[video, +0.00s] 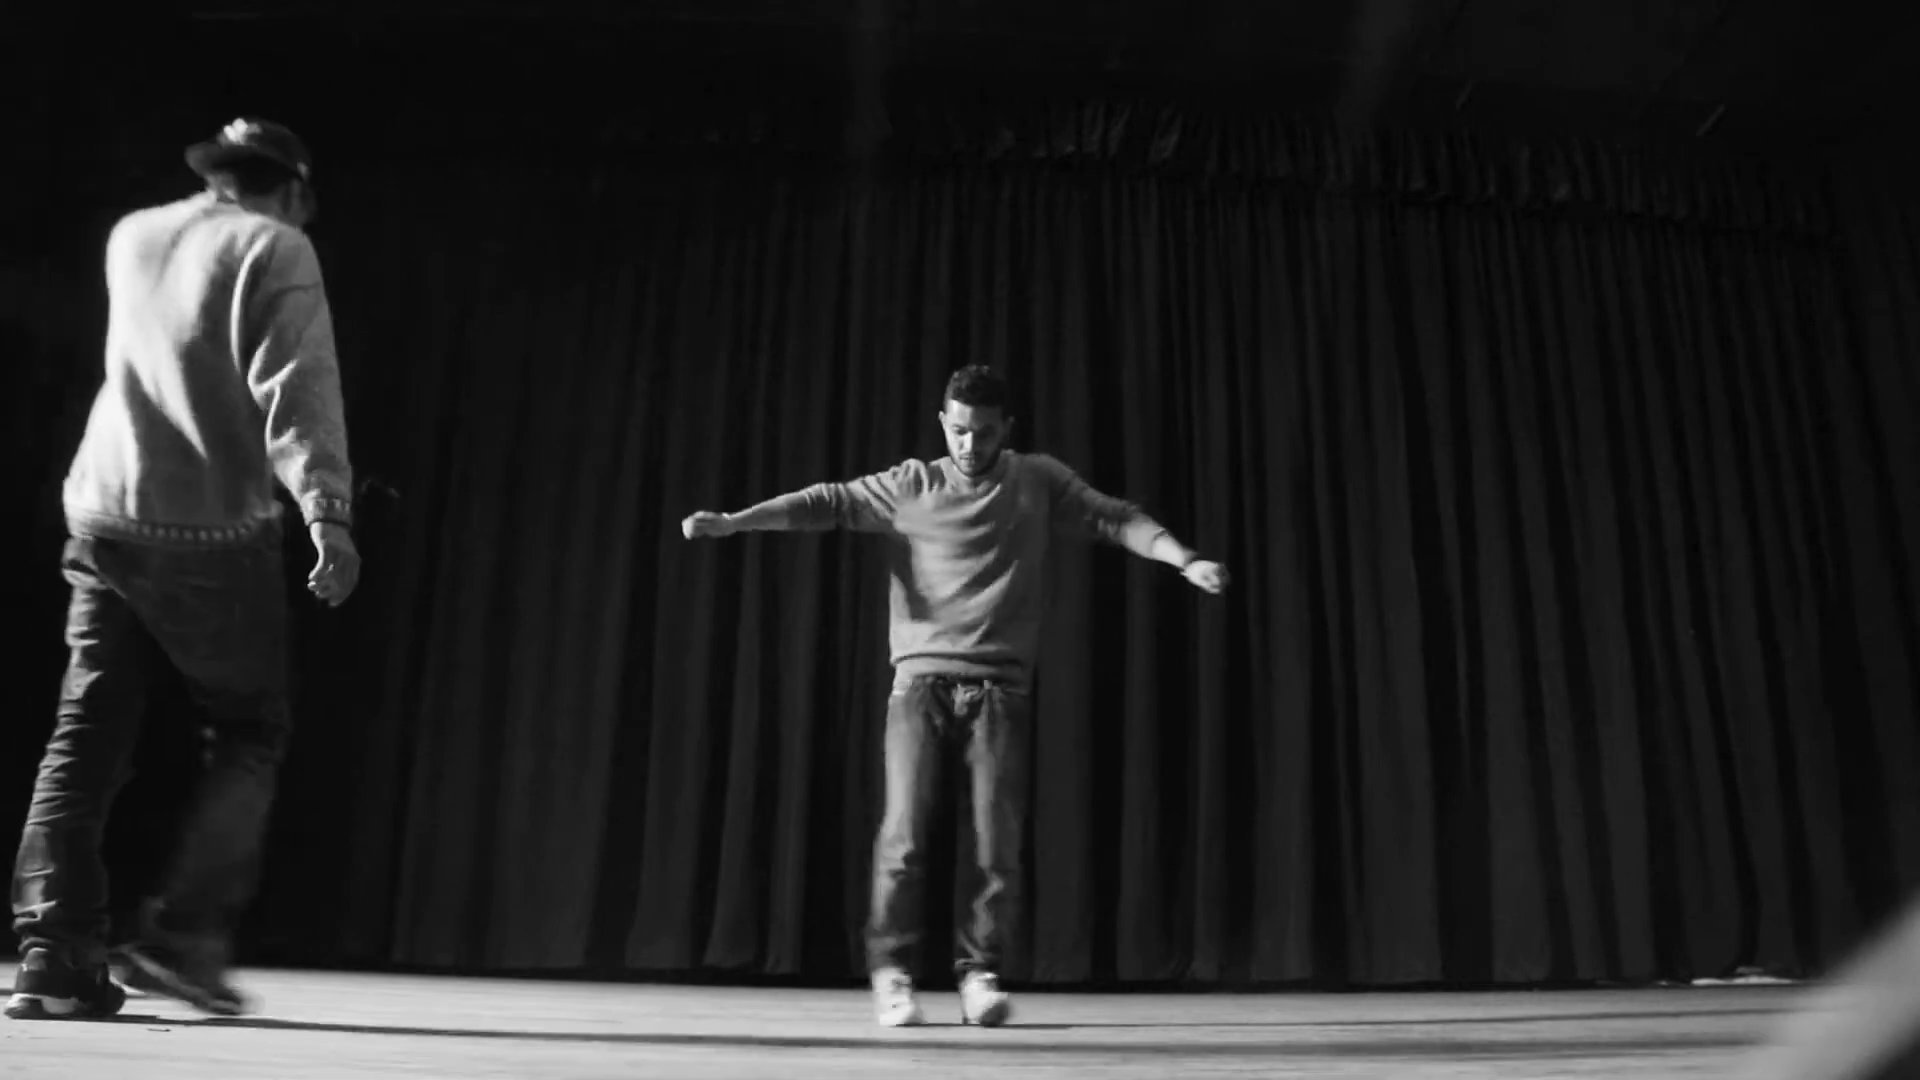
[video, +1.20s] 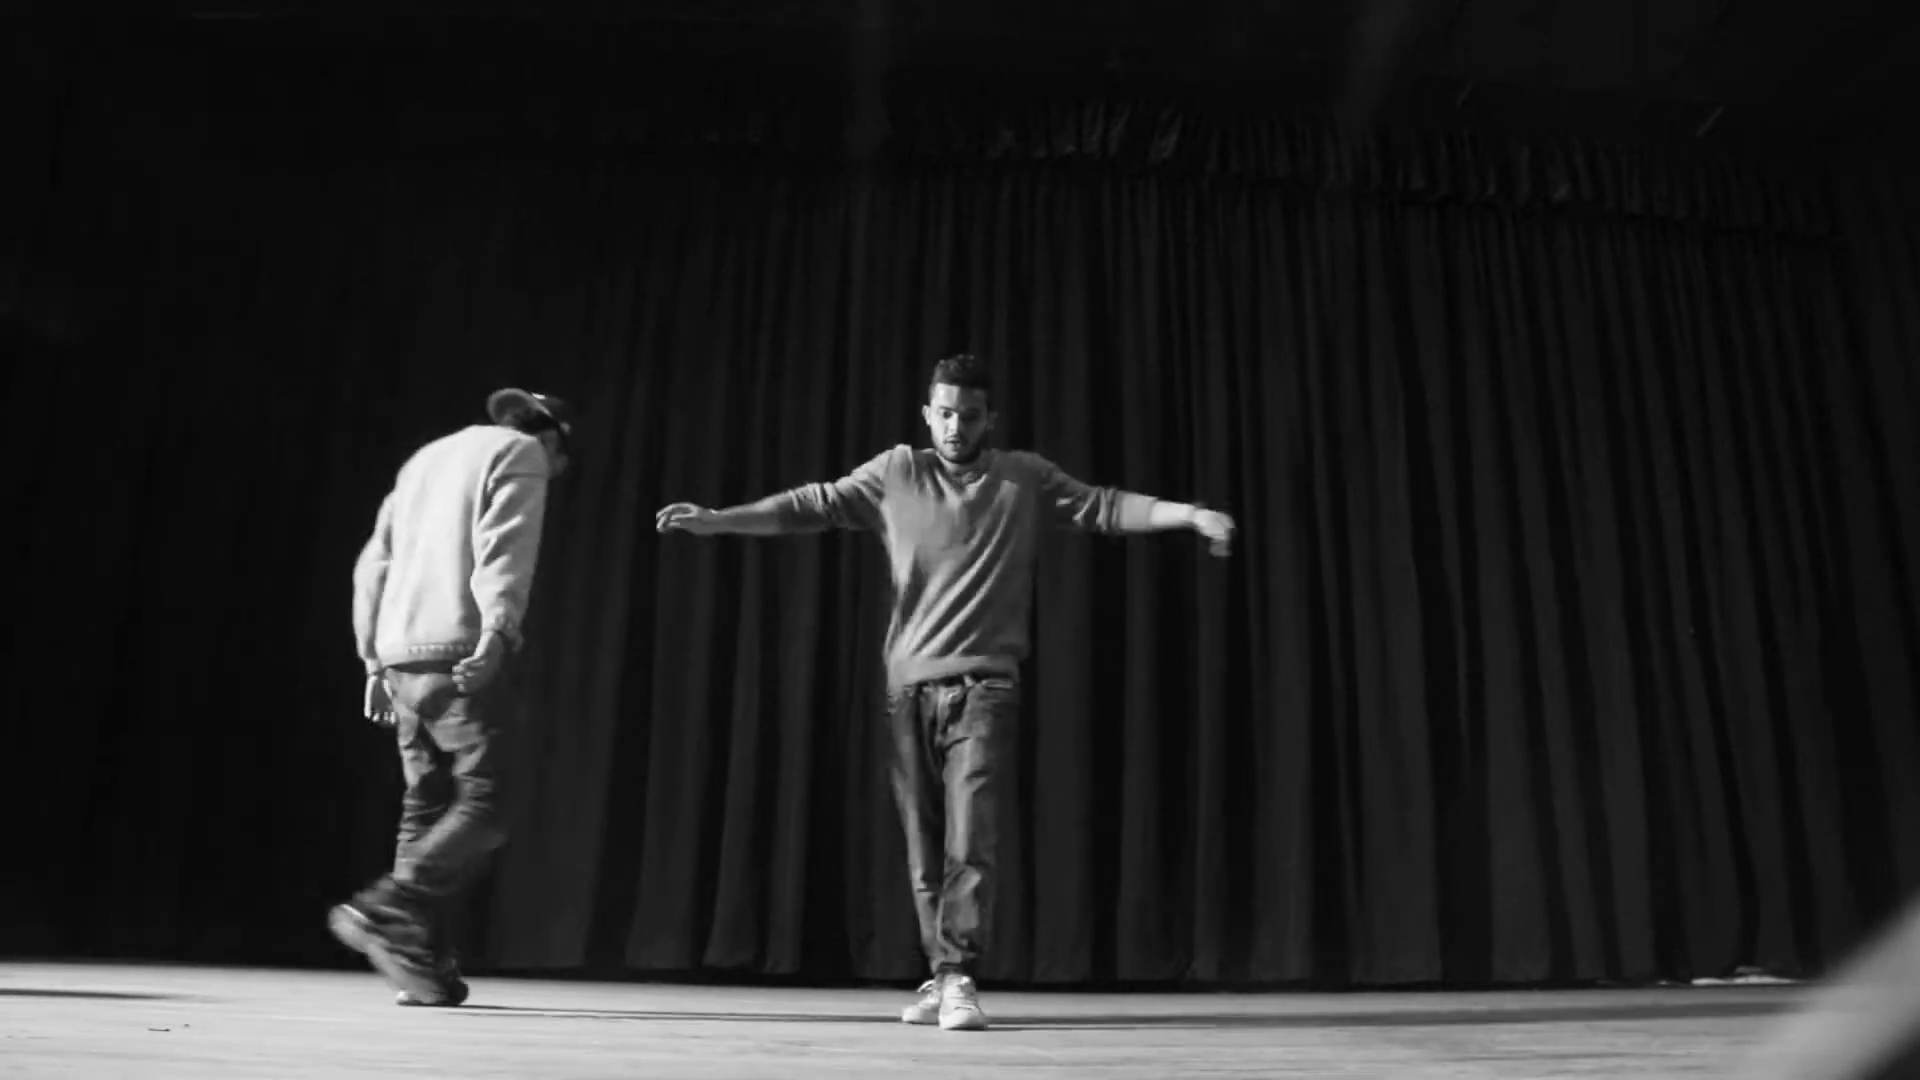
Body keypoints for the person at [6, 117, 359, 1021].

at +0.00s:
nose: (300, 213)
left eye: (301, 202)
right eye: (302, 201)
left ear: (212, 179)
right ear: (287, 191)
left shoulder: (132, 234)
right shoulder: (276, 246)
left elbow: (154, 348)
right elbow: (297, 385)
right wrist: (328, 512)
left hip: (101, 520)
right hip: (212, 535)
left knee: (84, 731)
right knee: (248, 732)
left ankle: (46, 954)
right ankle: (183, 939)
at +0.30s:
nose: (392, 286)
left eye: (393, 272)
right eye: (390, 271)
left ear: (307, 256)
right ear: (368, 263)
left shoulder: (230, 312)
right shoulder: (355, 327)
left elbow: (234, 434)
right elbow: (339, 458)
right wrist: (342, 579)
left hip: (197, 570)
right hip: (288, 585)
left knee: (162, 751)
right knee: (302, 782)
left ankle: (69, 927)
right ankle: (290, 964)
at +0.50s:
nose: (444, 316)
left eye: (446, 302)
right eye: (441, 300)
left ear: (365, 286)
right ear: (414, 292)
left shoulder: (287, 336)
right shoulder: (410, 362)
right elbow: (425, 507)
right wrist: (442, 623)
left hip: (268, 589)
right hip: (352, 599)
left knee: (265, 761)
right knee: (329, 784)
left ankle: (159, 892)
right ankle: (294, 962)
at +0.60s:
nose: (467, 335)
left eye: (468, 320)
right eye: (466, 319)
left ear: (389, 300)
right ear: (440, 304)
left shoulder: (305, 353)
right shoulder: (424, 368)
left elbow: (312, 463)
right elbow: (454, 502)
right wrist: (491, 617)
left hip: (291, 592)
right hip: (372, 599)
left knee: (302, 763)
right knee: (336, 783)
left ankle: (219, 924)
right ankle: (293, 963)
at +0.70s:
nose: (484, 363)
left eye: (487, 350)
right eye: (485, 348)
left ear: (420, 322)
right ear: (464, 333)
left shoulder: (332, 368)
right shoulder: (441, 382)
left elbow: (290, 450)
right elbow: (472, 510)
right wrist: (524, 593)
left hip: (307, 602)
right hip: (382, 604)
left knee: (348, 775)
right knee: (341, 784)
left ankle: (312, 958)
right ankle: (288, 962)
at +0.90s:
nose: (514, 423)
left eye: (520, 415)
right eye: (517, 411)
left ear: (458, 375)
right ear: (503, 390)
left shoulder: (367, 416)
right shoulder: (475, 416)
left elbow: (301, 516)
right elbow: (499, 534)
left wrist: (359, 572)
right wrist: (548, 623)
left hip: (342, 621)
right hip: (413, 620)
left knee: (385, 798)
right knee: (363, 796)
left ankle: (417, 960)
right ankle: (293, 954)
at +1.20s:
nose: (550, 472)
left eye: (555, 465)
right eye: (552, 459)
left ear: (499, 420)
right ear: (541, 436)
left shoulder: (422, 460)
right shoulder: (520, 448)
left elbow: (372, 563)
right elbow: (503, 545)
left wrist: (375, 659)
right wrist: (498, 636)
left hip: (402, 668)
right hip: (459, 663)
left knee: (422, 809)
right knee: (486, 804)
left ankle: (422, 964)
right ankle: (391, 905)